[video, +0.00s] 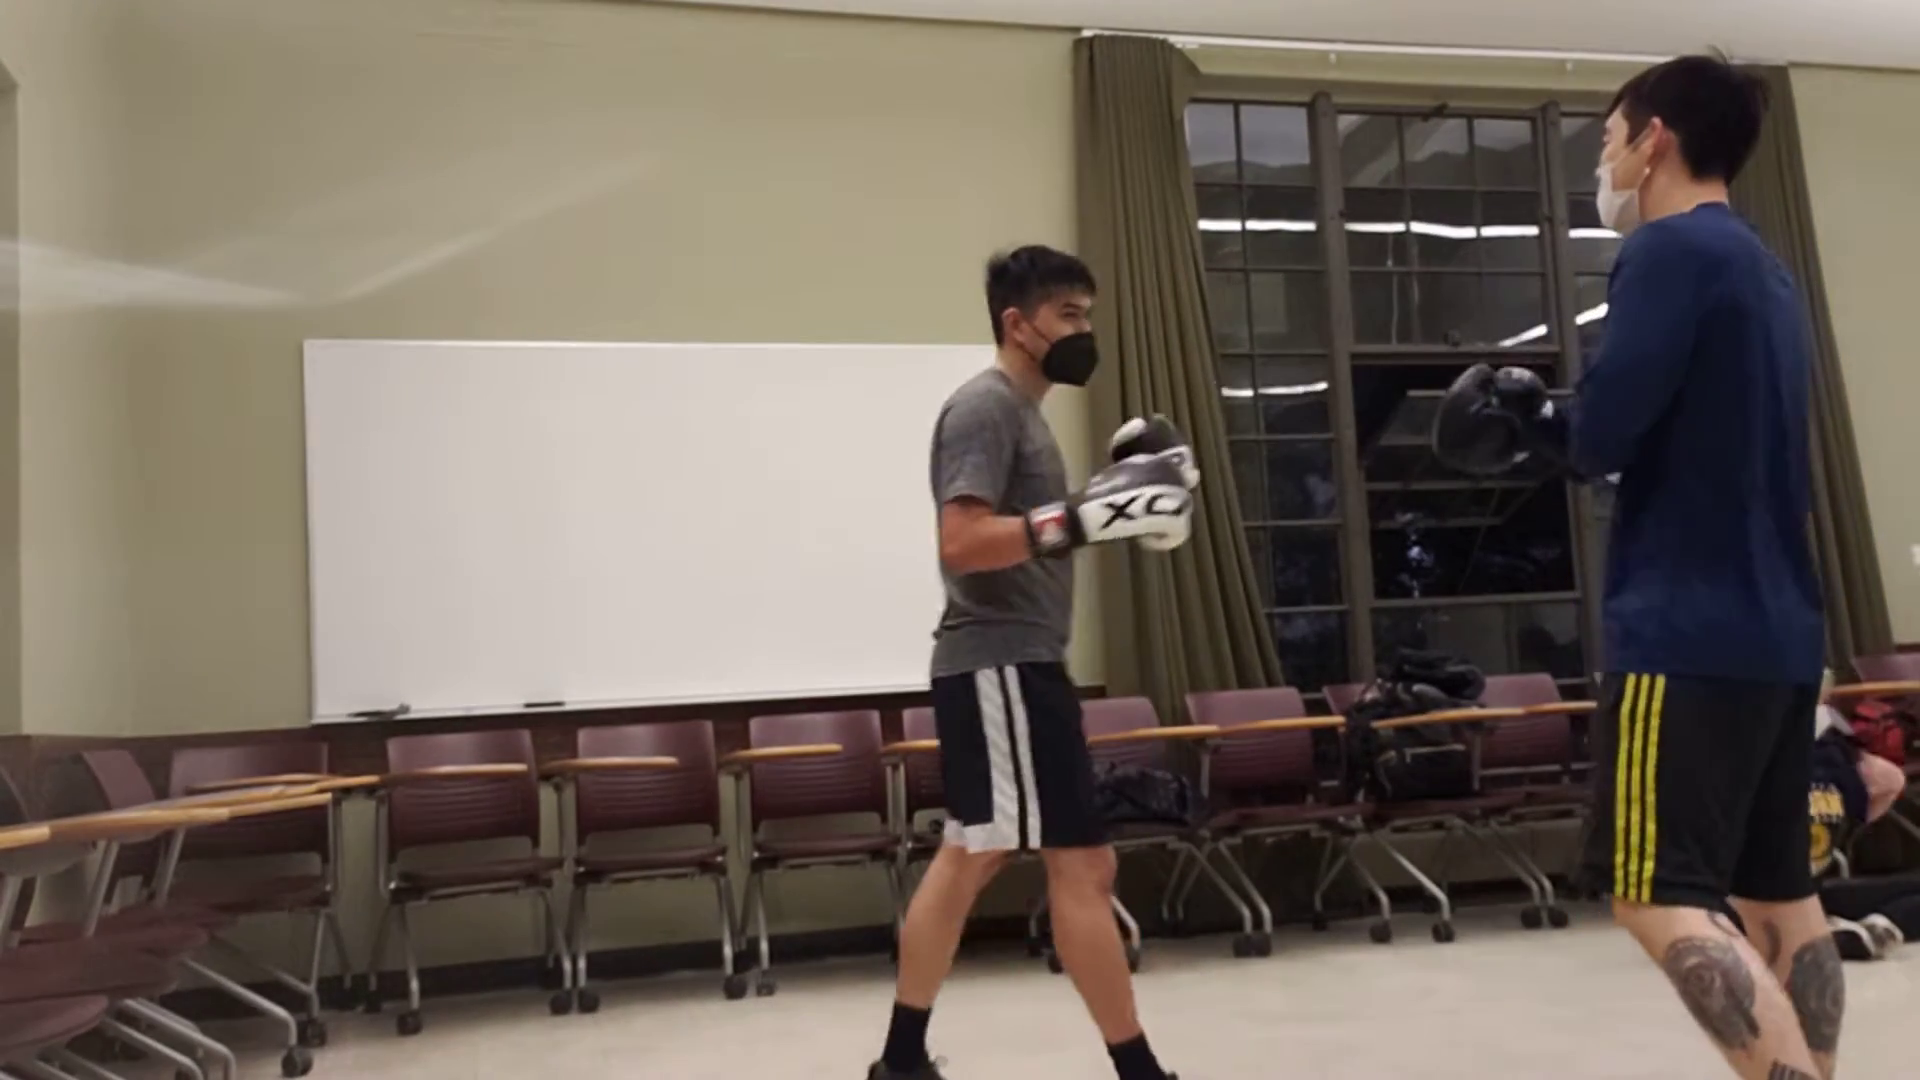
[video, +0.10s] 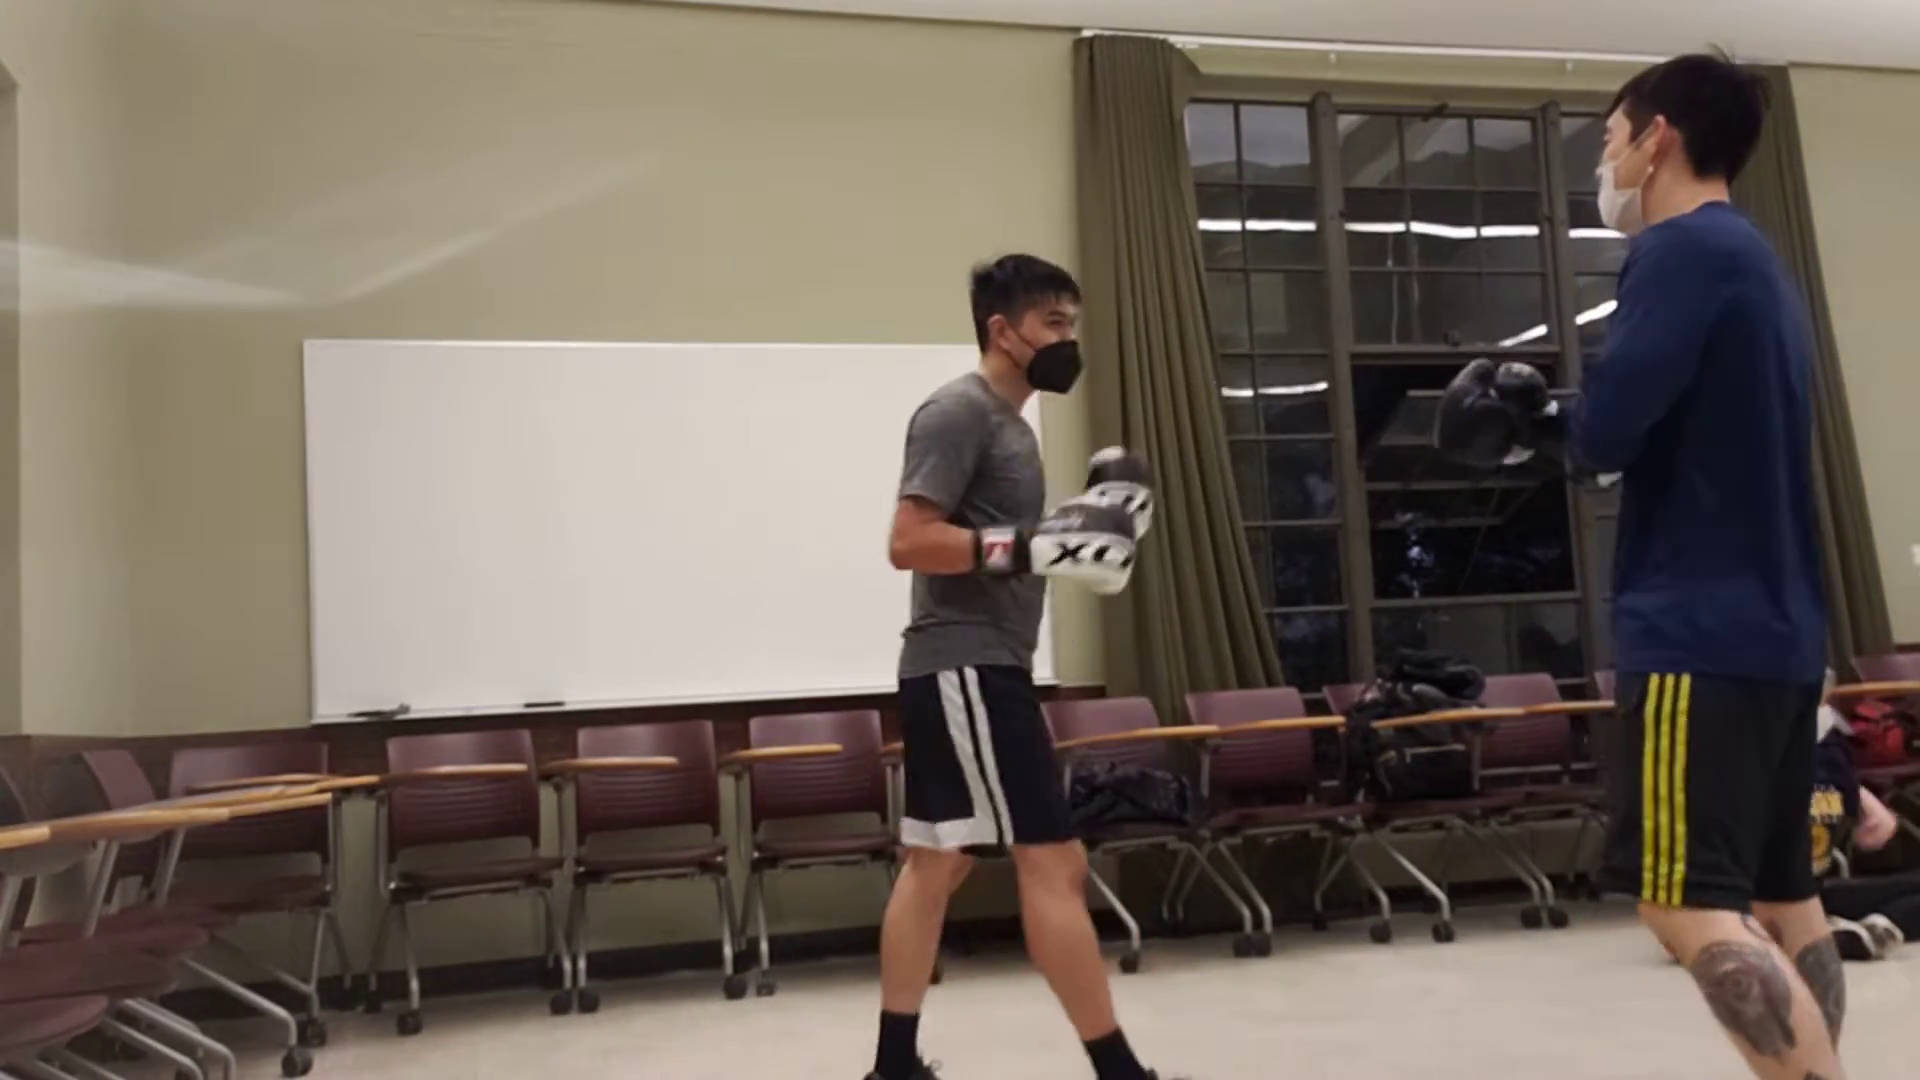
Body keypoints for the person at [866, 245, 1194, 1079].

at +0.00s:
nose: (1082, 330)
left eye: (1086, 315)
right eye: (1067, 313)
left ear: (1034, 324)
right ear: (1015, 318)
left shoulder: (1023, 413)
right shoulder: (983, 407)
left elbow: (1030, 530)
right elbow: (960, 546)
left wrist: (1107, 491)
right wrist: (1075, 519)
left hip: (1019, 661)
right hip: (998, 664)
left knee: (970, 854)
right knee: (1082, 867)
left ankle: (901, 1058)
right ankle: (1141, 1070)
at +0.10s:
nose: (1069, 338)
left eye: (1072, 323)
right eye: (1054, 321)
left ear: (1024, 331)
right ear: (1000, 326)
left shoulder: (1010, 424)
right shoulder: (957, 412)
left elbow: (988, 542)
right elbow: (910, 542)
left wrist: (1075, 528)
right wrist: (1023, 547)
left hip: (969, 666)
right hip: (967, 668)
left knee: (933, 863)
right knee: (1054, 865)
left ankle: (894, 1062)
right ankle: (1119, 1068)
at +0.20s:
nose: (1053, 333)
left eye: (1056, 318)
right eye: (1039, 316)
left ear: (1002, 324)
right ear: (984, 317)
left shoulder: (987, 413)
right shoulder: (940, 403)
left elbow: (960, 534)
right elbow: (881, 531)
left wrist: (1040, 549)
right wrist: (994, 566)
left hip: (950, 653)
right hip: (951, 658)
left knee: (929, 855)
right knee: (1022, 857)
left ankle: (895, 1061)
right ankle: (1061, 1068)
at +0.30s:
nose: (1036, 328)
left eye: (1040, 313)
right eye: (1021, 310)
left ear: (984, 321)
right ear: (966, 314)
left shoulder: (969, 407)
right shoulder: (936, 401)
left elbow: (937, 532)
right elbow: (878, 530)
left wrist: (1018, 557)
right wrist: (984, 567)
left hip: (936, 653)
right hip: (944, 657)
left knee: (920, 857)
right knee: (1001, 862)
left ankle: (893, 1063)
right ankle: (977, 1070)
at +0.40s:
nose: (1024, 324)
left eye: (1025, 309)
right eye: (1009, 309)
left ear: (959, 320)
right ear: (953, 314)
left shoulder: (938, 399)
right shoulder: (939, 402)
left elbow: (927, 539)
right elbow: (904, 539)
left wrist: (1024, 548)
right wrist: (1021, 566)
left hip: (922, 659)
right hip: (944, 662)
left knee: (912, 866)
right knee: (973, 867)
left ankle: (893, 1062)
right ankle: (914, 1069)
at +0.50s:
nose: (1013, 311)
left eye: (1012, 296)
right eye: (997, 296)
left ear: (943, 311)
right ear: (942, 306)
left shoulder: (908, 393)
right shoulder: (943, 394)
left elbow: (891, 539)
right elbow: (941, 535)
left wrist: (1011, 558)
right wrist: (1035, 548)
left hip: (908, 655)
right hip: (946, 657)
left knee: (910, 870)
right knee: (959, 871)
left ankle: (895, 1061)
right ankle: (912, 1068)